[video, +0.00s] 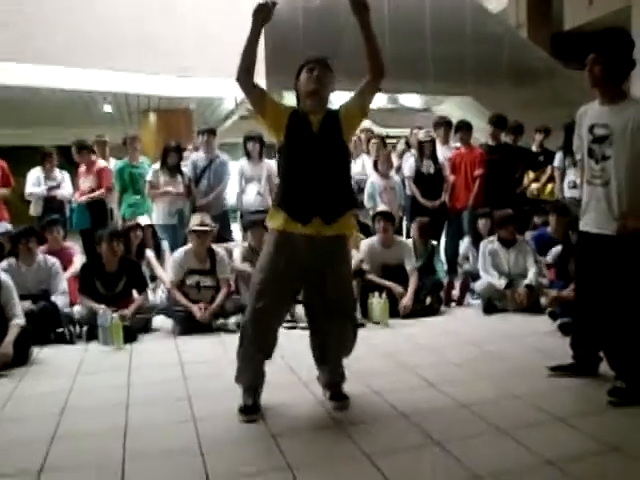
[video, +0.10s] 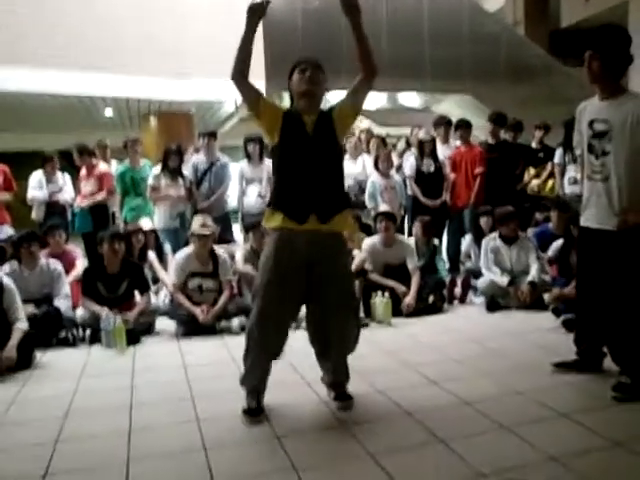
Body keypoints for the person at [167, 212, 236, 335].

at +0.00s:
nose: (202, 238)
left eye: (205, 233)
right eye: (197, 234)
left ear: (212, 235)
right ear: (191, 235)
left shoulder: (219, 256)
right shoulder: (180, 256)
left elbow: (225, 287)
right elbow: (172, 287)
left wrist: (212, 309)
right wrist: (192, 307)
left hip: (211, 301)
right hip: (187, 301)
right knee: (183, 323)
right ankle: (216, 324)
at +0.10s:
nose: (202, 241)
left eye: (206, 237)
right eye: (198, 237)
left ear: (213, 237)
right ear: (191, 238)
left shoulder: (221, 258)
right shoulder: (182, 258)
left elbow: (227, 289)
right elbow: (175, 290)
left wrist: (214, 311)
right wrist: (195, 310)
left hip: (214, 302)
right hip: (190, 302)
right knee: (184, 327)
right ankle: (220, 326)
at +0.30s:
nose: (204, 240)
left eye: (209, 235)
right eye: (200, 236)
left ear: (214, 238)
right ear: (193, 237)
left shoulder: (223, 257)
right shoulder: (183, 258)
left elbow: (229, 288)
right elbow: (176, 290)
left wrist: (216, 310)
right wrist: (196, 310)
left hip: (216, 303)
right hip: (192, 304)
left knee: (243, 304)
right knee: (167, 309)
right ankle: (219, 326)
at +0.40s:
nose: (206, 239)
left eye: (210, 235)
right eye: (202, 235)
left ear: (216, 237)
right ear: (195, 237)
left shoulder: (224, 257)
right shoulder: (185, 258)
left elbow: (230, 288)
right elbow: (178, 290)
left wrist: (218, 310)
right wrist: (198, 310)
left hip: (218, 304)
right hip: (194, 304)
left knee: (245, 304)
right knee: (168, 310)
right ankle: (220, 326)